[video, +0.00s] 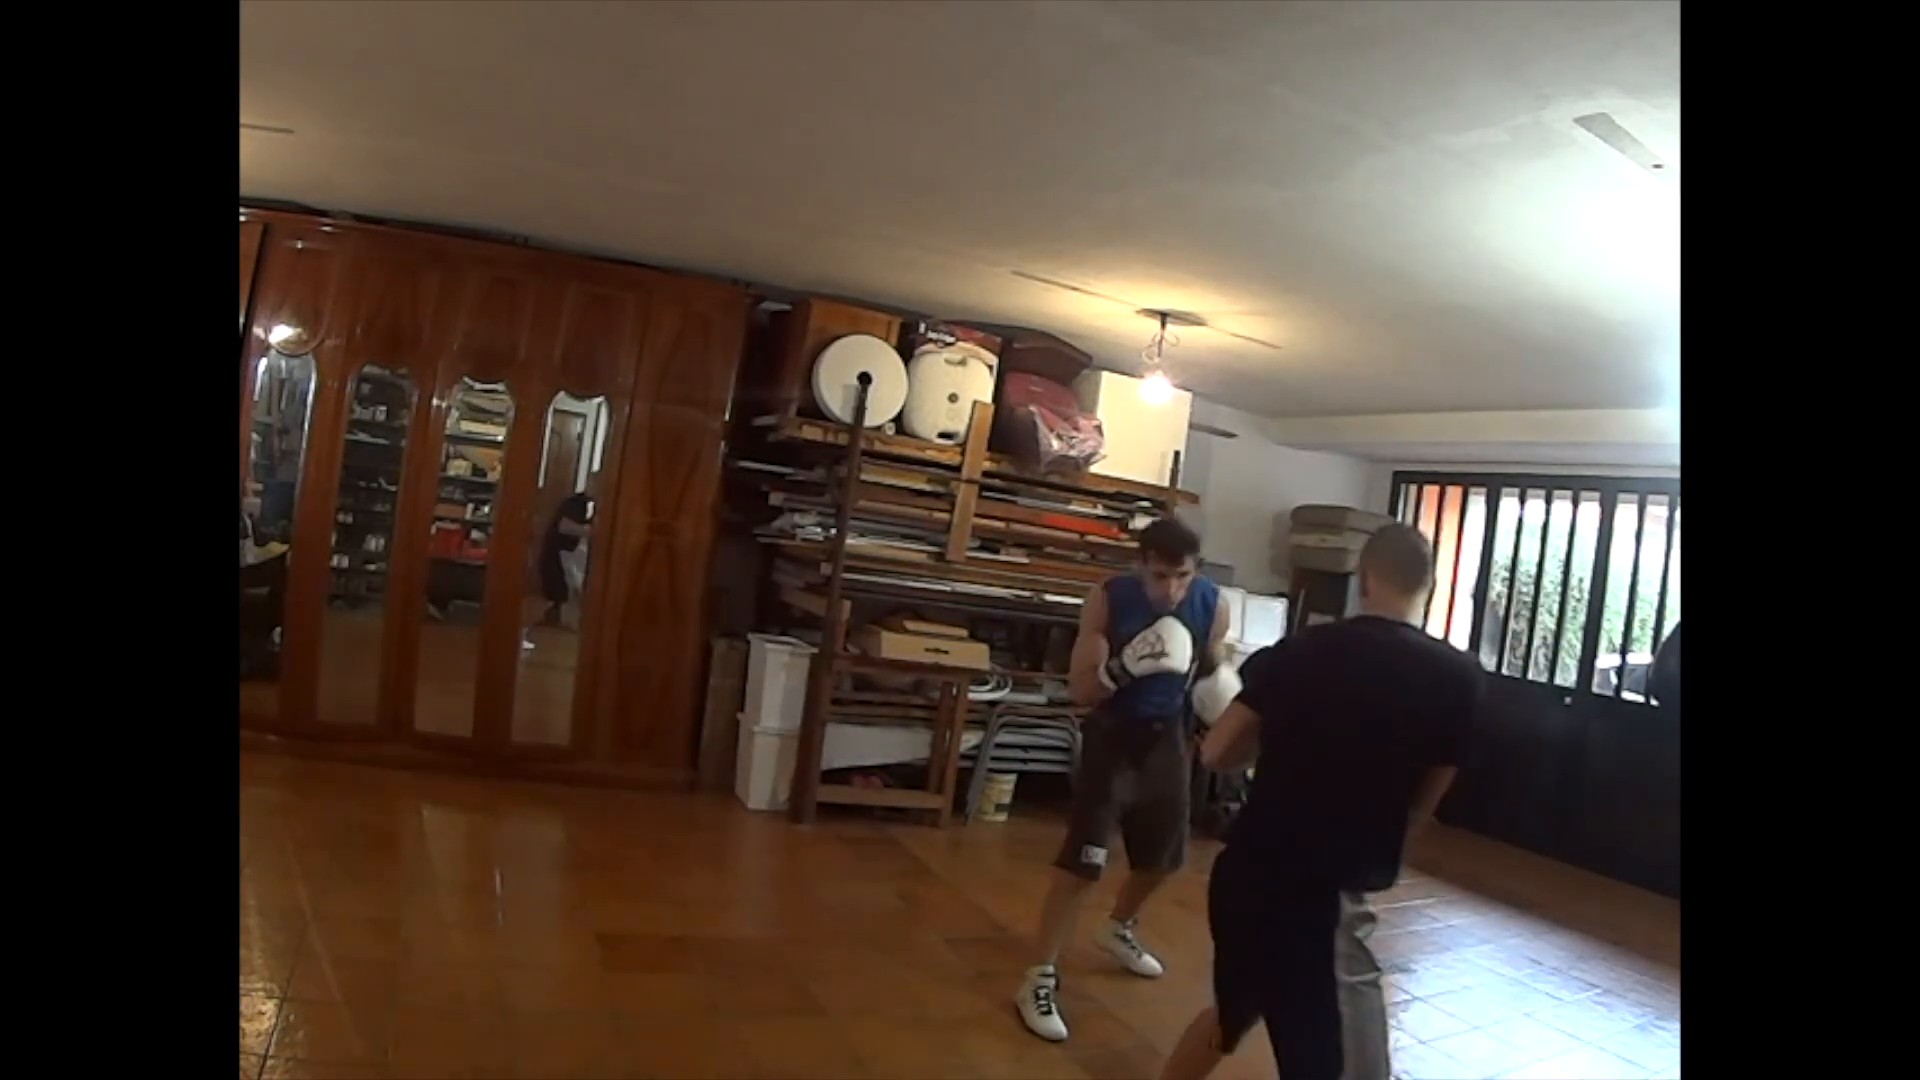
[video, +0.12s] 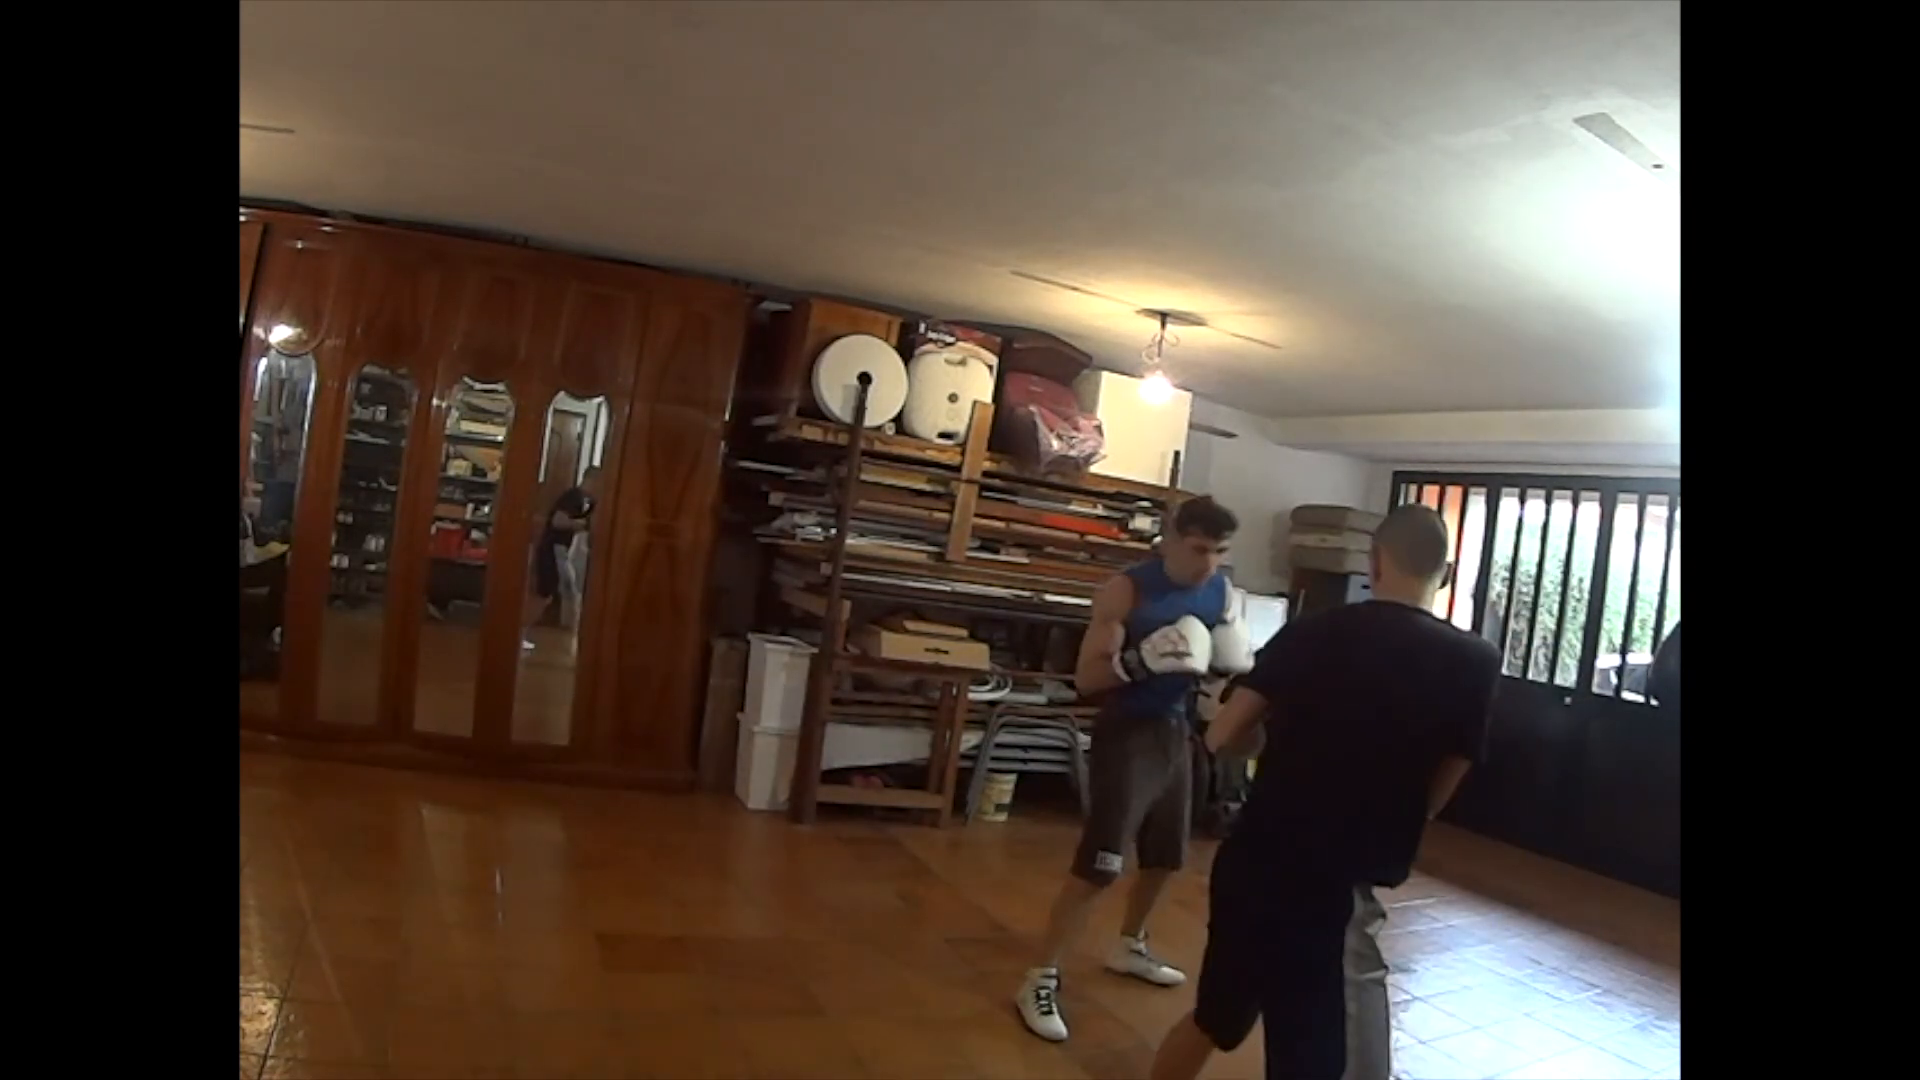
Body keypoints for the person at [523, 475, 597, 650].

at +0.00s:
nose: (599, 489)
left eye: (600, 484)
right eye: (598, 484)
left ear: (595, 485)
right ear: (591, 484)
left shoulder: (585, 505)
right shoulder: (576, 503)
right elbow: (565, 526)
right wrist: (589, 530)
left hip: (565, 553)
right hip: (555, 553)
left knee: (553, 595)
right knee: (552, 595)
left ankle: (524, 631)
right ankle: (522, 632)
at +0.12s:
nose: (598, 486)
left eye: (599, 482)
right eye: (596, 481)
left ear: (594, 483)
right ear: (587, 480)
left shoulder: (588, 502)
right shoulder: (573, 497)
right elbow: (557, 521)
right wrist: (584, 523)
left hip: (562, 547)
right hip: (552, 546)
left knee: (546, 593)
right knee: (545, 593)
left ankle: (522, 632)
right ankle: (521, 633)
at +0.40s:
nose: (601, 486)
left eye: (602, 482)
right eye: (600, 481)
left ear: (591, 479)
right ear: (593, 480)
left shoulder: (574, 497)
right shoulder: (577, 497)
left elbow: (568, 523)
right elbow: (567, 524)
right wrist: (590, 521)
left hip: (551, 545)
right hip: (555, 546)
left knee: (540, 592)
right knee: (570, 595)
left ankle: (520, 633)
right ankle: (566, 644)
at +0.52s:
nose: (602, 486)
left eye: (602, 481)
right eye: (601, 481)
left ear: (591, 479)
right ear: (594, 479)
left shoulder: (577, 497)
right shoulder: (578, 497)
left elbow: (571, 522)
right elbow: (569, 523)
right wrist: (590, 521)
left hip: (553, 544)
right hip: (555, 546)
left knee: (537, 590)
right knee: (571, 595)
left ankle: (515, 631)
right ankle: (566, 644)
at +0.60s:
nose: (601, 486)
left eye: (601, 481)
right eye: (600, 481)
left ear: (590, 479)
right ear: (593, 479)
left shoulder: (575, 496)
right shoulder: (577, 496)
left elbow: (569, 521)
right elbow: (566, 523)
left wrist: (587, 520)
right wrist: (590, 521)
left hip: (558, 547)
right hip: (555, 547)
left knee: (536, 593)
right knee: (570, 595)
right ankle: (566, 644)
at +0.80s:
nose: (590, 487)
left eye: (592, 483)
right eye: (588, 482)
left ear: (586, 482)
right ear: (578, 479)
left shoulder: (579, 500)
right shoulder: (567, 495)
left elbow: (592, 513)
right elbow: (555, 520)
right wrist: (580, 523)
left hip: (559, 545)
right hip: (550, 544)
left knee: (537, 593)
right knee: (567, 594)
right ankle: (566, 645)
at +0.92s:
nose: (586, 481)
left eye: (587, 478)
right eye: (583, 477)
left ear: (584, 480)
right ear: (574, 477)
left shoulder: (579, 499)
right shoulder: (563, 494)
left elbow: (588, 515)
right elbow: (555, 517)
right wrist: (579, 516)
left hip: (560, 547)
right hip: (550, 545)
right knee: (564, 595)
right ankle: (565, 644)